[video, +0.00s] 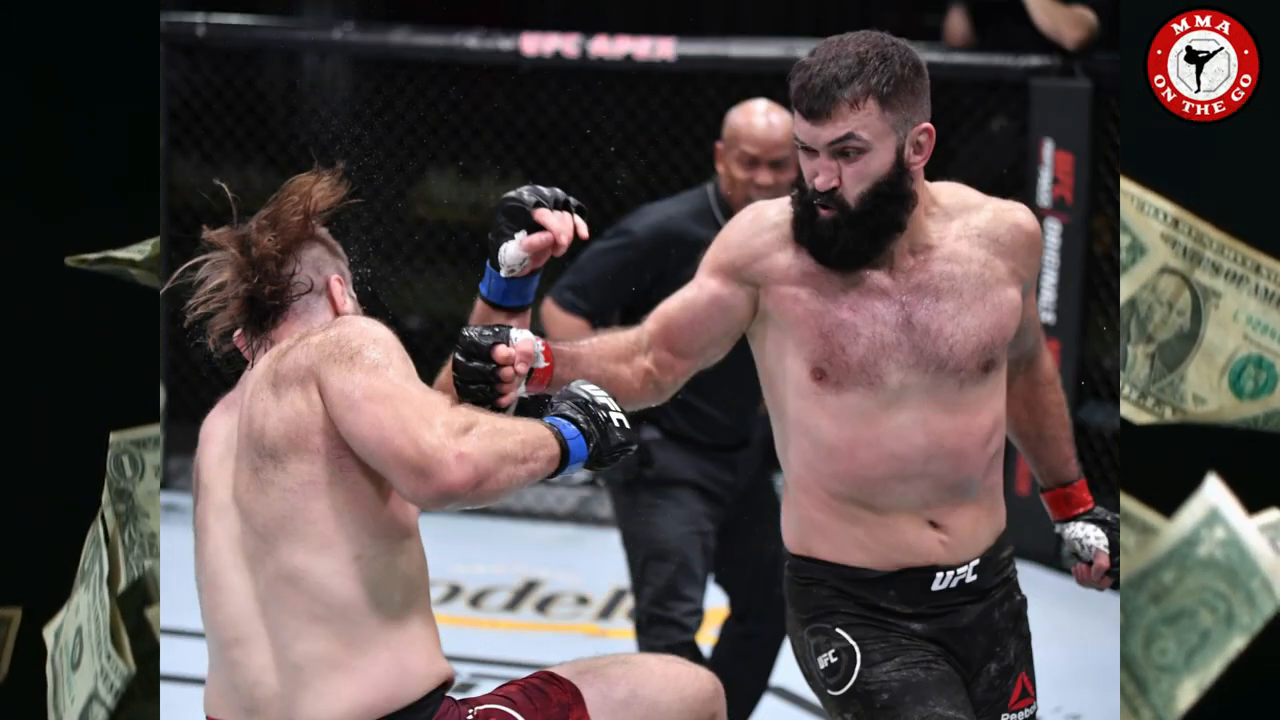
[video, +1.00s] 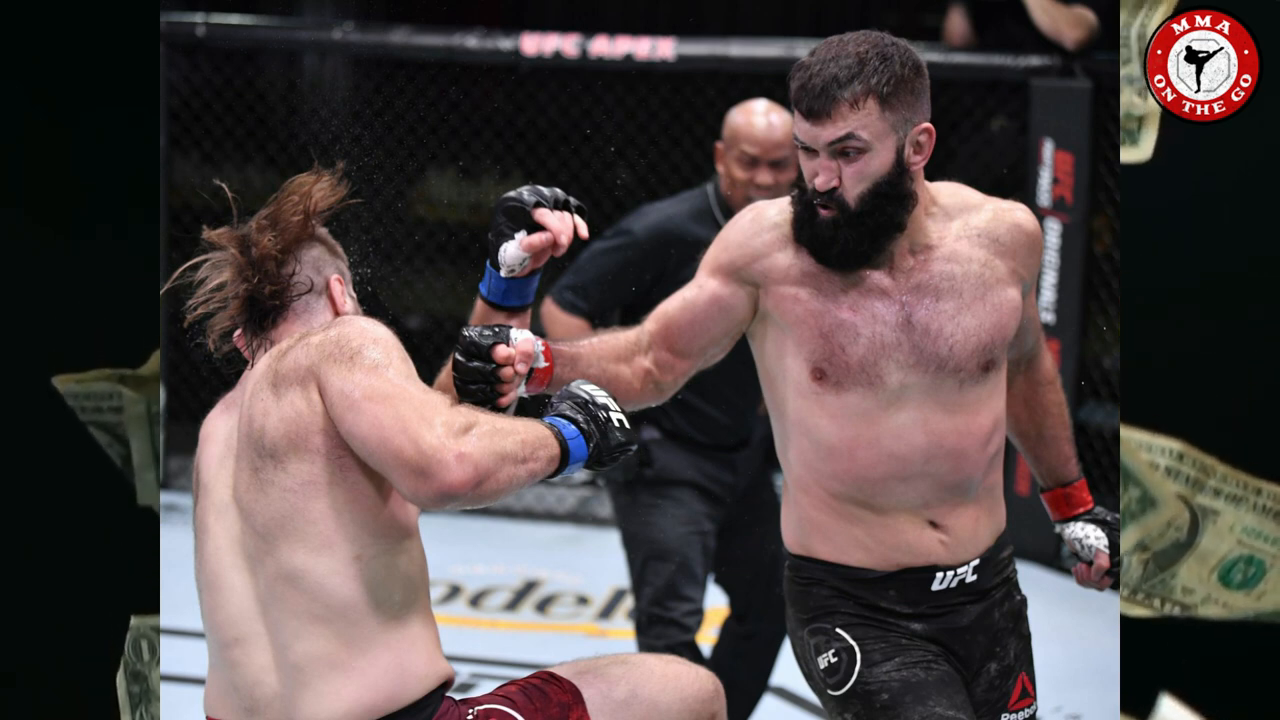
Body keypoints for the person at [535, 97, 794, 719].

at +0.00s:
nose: (767, 181)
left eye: (781, 165)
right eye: (750, 164)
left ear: (799, 162)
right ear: (719, 158)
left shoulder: (804, 238)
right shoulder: (661, 232)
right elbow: (560, 312)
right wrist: (612, 416)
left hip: (750, 460)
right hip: (663, 457)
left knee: (767, 609)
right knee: (671, 615)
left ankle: (720, 719)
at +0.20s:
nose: (767, 181)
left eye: (781, 165)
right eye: (750, 164)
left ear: (799, 162)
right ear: (719, 158)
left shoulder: (804, 238)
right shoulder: (661, 232)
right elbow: (560, 312)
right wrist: (612, 416)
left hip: (750, 460)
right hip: (663, 457)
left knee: (767, 609)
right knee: (671, 615)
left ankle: (720, 719)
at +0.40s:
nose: (767, 180)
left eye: (781, 165)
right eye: (750, 164)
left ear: (799, 162)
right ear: (719, 157)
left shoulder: (803, 238)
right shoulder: (660, 232)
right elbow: (560, 311)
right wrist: (611, 417)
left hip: (750, 460)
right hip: (663, 457)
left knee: (768, 608)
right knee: (671, 616)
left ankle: (721, 719)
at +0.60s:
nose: (766, 181)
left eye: (781, 165)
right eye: (750, 163)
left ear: (799, 162)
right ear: (719, 156)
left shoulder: (804, 239)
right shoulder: (660, 233)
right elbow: (561, 311)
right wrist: (611, 418)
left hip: (750, 461)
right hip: (663, 457)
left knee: (768, 607)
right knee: (671, 615)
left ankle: (721, 718)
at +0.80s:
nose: (766, 180)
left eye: (781, 165)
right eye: (750, 163)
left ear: (799, 162)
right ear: (719, 157)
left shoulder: (803, 239)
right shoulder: (660, 233)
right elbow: (560, 311)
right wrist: (611, 418)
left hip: (750, 460)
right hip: (663, 457)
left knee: (768, 607)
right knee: (671, 616)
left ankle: (721, 718)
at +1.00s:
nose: (767, 180)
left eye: (781, 165)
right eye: (750, 164)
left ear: (799, 162)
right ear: (719, 157)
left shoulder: (803, 238)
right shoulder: (660, 232)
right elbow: (560, 311)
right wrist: (611, 417)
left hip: (750, 460)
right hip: (663, 457)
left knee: (768, 608)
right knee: (671, 616)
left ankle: (721, 719)